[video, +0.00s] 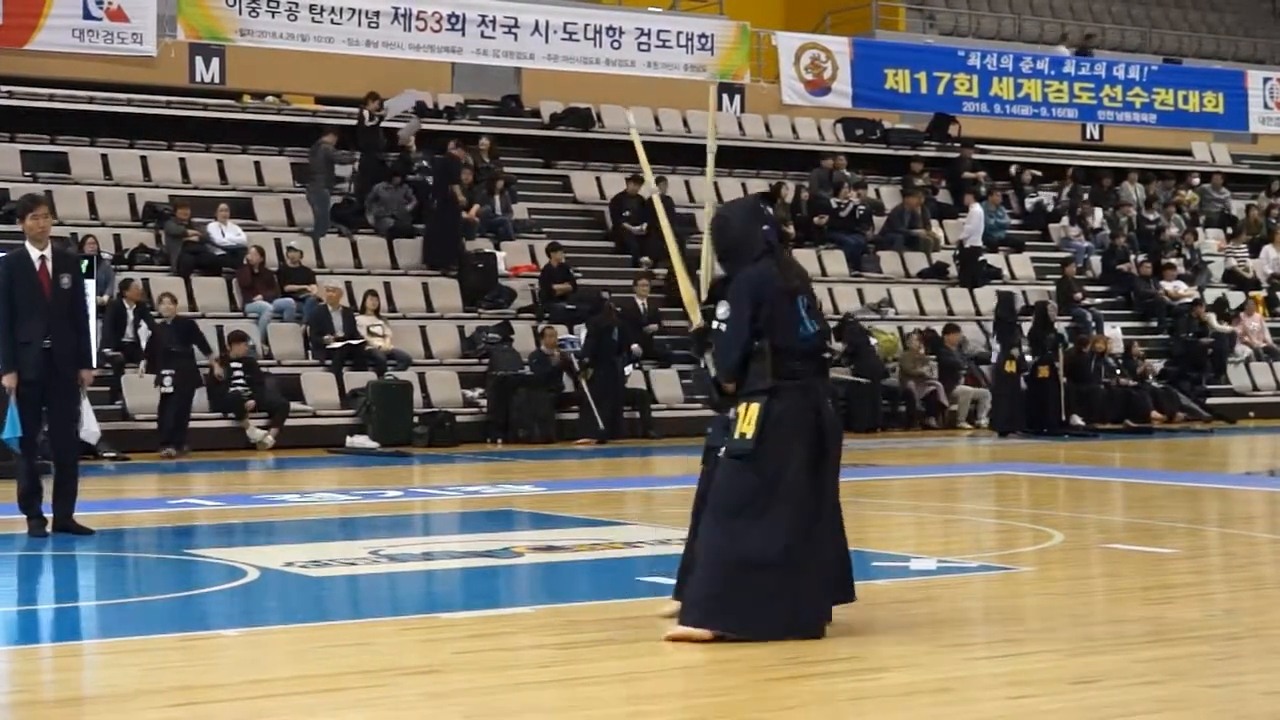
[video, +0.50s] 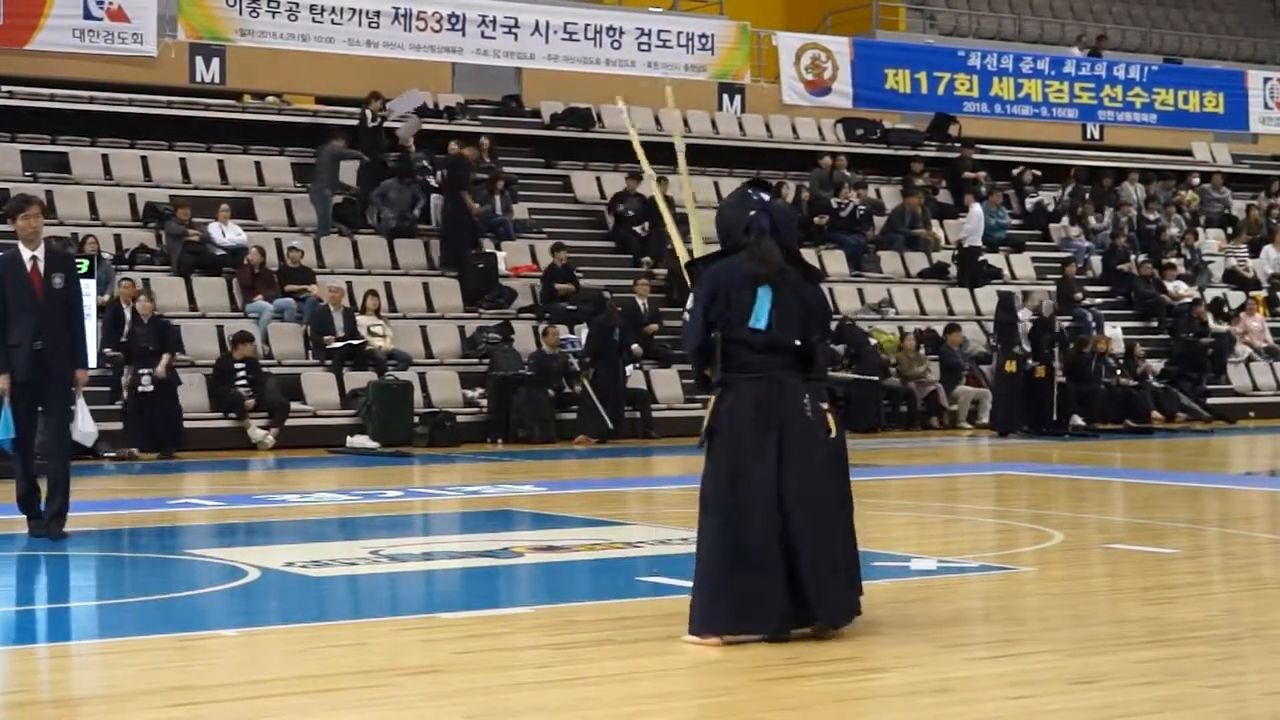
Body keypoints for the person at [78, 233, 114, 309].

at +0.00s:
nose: (92, 246)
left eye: (94, 243)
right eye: (88, 244)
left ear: (97, 246)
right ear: (83, 246)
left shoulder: (104, 264)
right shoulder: (77, 263)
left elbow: (110, 280)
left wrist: (106, 295)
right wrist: (92, 298)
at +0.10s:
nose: (92, 246)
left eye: (94, 243)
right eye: (89, 243)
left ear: (98, 246)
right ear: (83, 247)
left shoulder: (105, 264)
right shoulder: (77, 263)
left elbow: (111, 280)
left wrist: (107, 295)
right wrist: (92, 298)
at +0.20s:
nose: (92, 246)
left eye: (94, 243)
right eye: (89, 244)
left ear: (97, 246)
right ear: (83, 247)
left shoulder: (104, 264)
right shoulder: (77, 263)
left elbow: (111, 280)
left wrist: (107, 295)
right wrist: (93, 298)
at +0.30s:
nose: (92, 246)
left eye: (94, 243)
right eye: (89, 244)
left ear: (97, 246)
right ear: (83, 247)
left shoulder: (104, 264)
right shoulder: (77, 263)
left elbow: (111, 280)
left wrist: (107, 295)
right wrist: (93, 298)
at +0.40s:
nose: (92, 246)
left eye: (94, 243)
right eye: (89, 243)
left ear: (98, 246)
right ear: (83, 247)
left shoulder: (104, 264)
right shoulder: (77, 264)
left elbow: (111, 280)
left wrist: (107, 295)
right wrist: (93, 298)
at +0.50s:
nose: (92, 246)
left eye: (94, 243)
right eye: (89, 243)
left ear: (98, 245)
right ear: (83, 246)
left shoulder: (105, 264)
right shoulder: (78, 263)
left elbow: (111, 280)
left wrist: (107, 295)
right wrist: (93, 298)